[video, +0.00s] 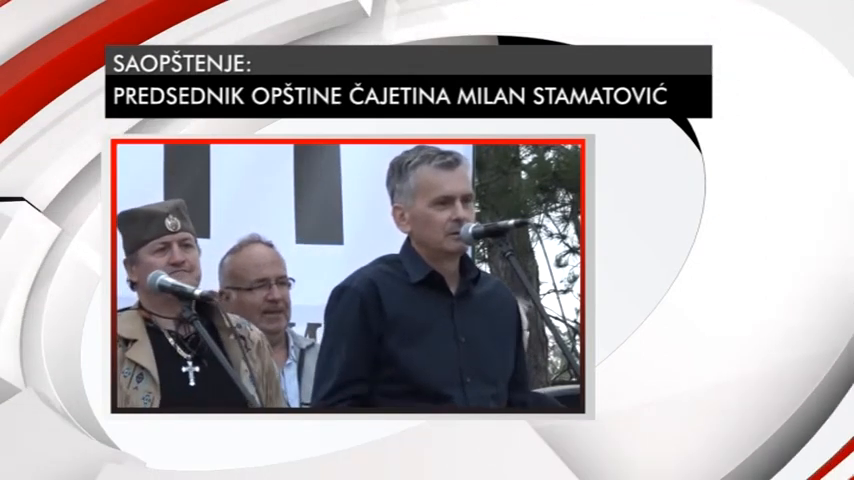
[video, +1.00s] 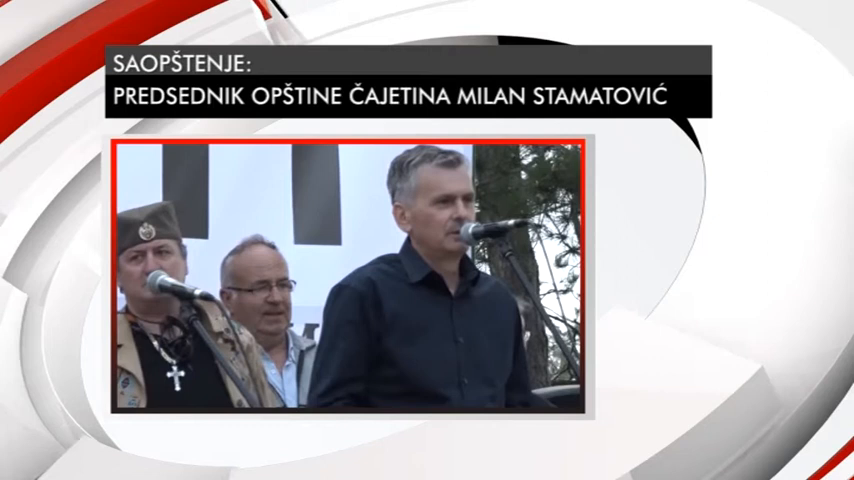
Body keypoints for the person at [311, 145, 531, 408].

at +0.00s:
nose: (460, 215)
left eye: (467, 202)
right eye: (442, 203)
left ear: (475, 208)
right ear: (401, 216)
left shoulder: (499, 300)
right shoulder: (362, 296)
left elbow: (517, 404)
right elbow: (332, 411)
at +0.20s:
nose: (461, 215)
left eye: (467, 202)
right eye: (443, 204)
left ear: (474, 206)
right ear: (402, 217)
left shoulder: (500, 300)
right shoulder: (362, 296)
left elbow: (520, 405)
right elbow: (332, 412)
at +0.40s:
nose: (461, 215)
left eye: (467, 202)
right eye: (443, 204)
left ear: (475, 207)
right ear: (402, 217)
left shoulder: (500, 300)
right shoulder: (361, 296)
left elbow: (521, 405)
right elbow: (332, 413)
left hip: (495, 462)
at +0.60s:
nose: (460, 216)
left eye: (467, 202)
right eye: (442, 204)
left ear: (475, 207)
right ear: (401, 217)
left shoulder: (499, 300)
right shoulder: (360, 296)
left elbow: (520, 406)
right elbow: (330, 412)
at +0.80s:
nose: (461, 216)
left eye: (467, 202)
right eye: (443, 204)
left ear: (475, 206)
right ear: (402, 216)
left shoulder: (498, 300)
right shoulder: (360, 296)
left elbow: (519, 405)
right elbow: (328, 410)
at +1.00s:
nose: (462, 214)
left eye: (467, 201)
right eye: (444, 202)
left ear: (475, 206)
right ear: (402, 215)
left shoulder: (499, 301)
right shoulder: (360, 296)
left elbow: (520, 405)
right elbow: (328, 408)